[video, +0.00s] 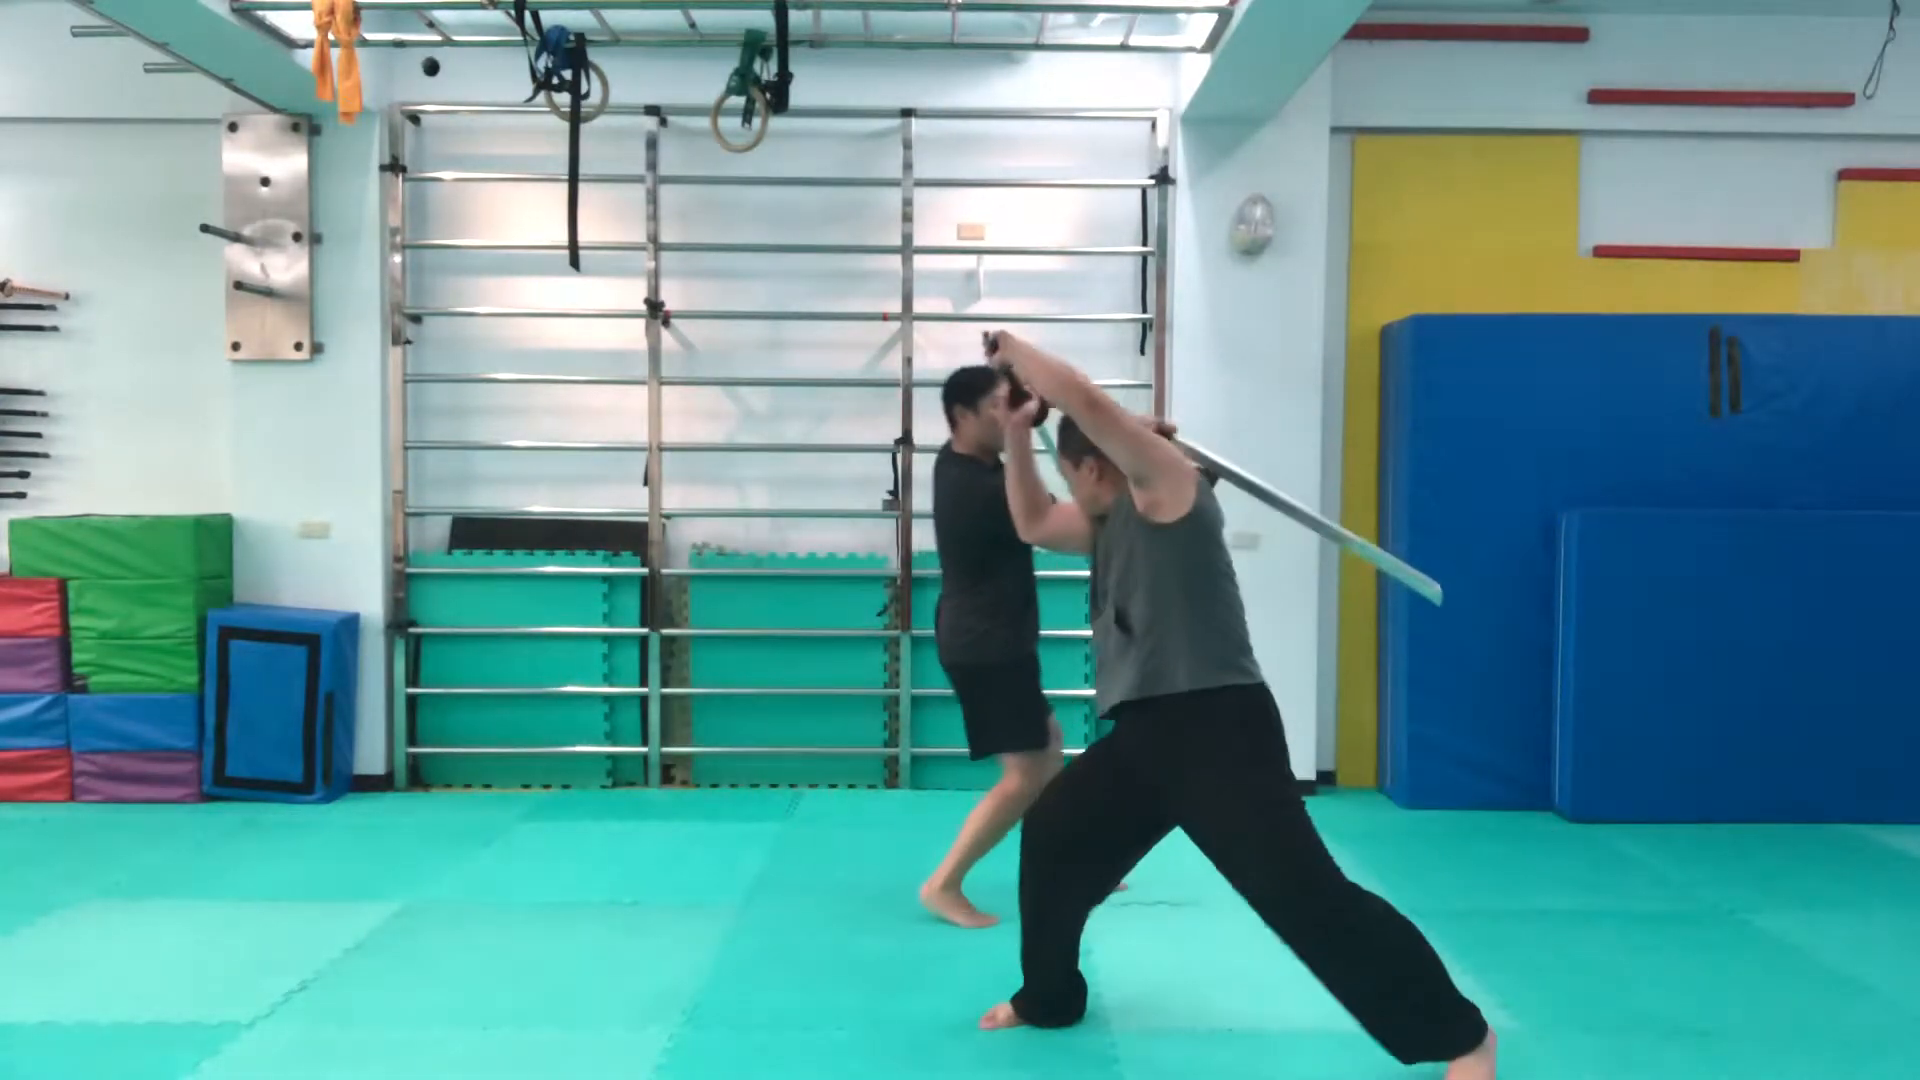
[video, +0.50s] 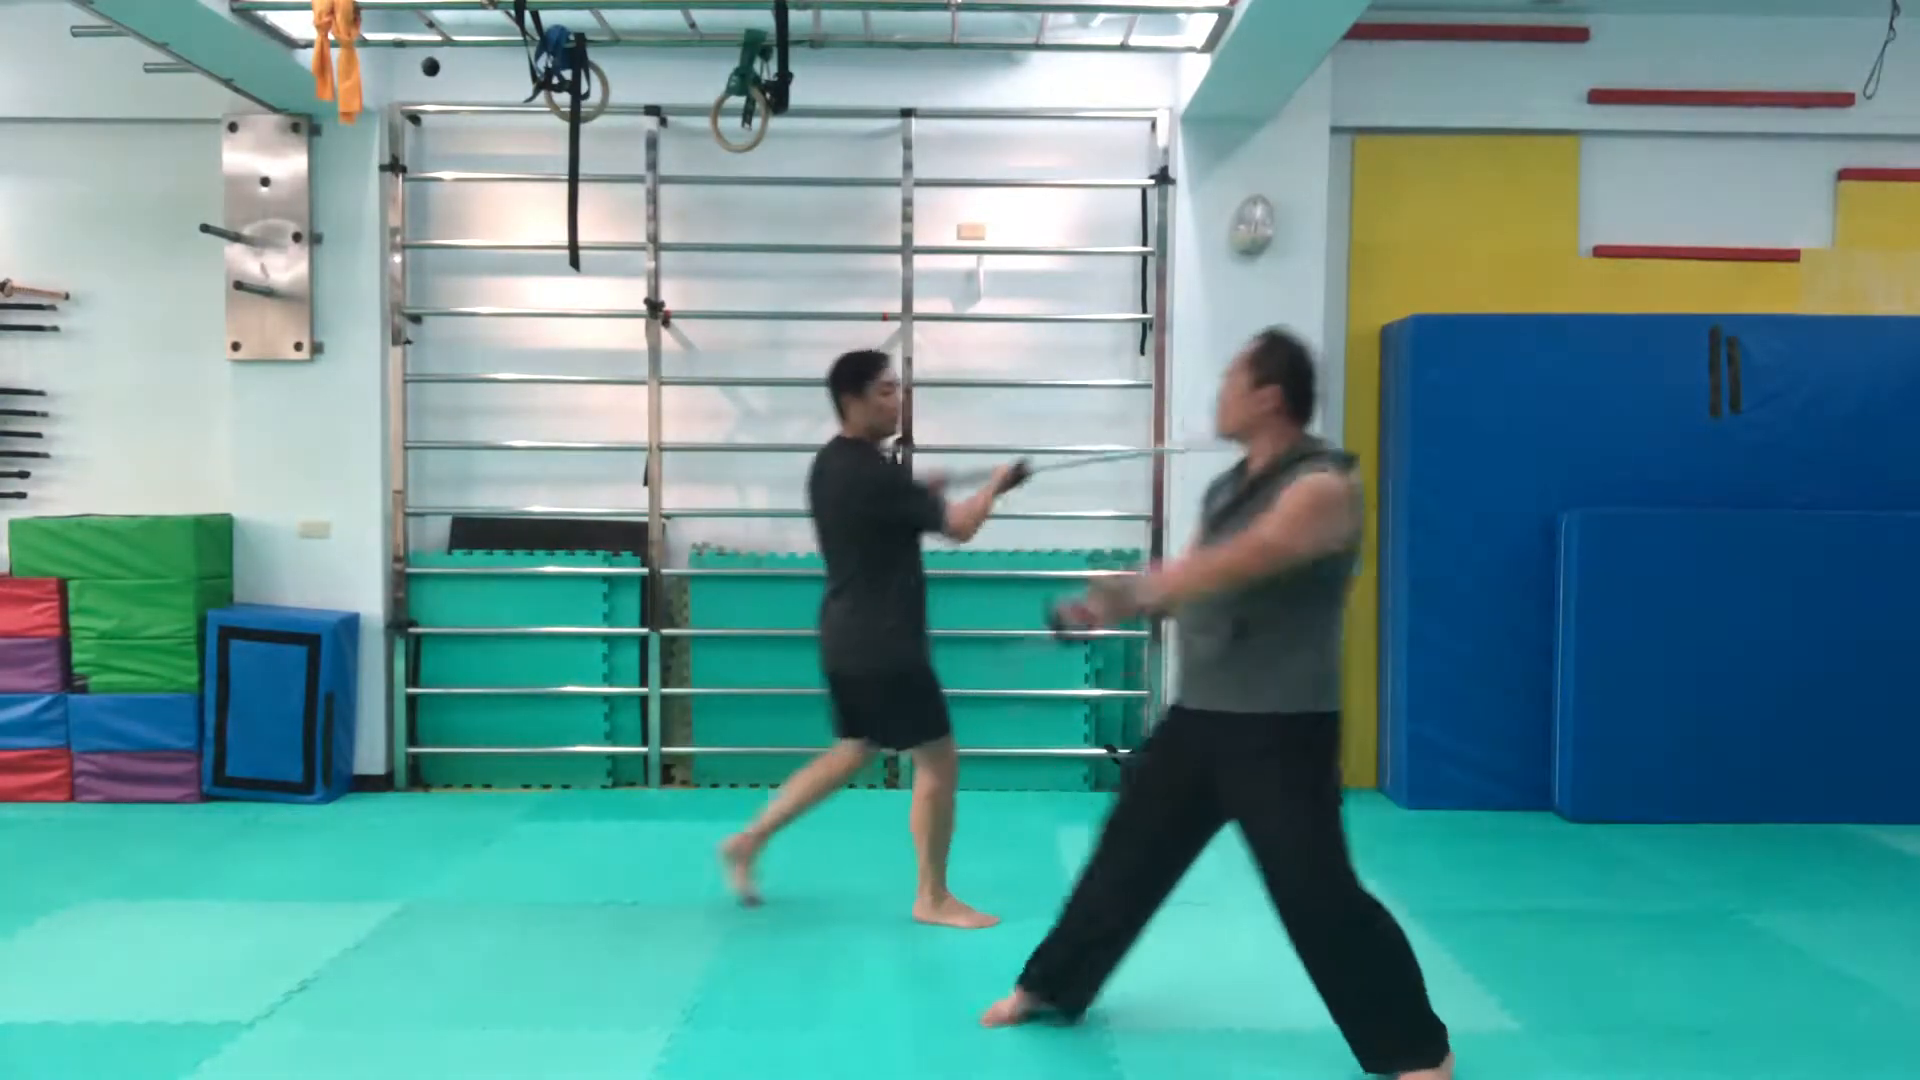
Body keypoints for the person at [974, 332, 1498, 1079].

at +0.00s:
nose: (1069, 485)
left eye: (1072, 472)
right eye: (1068, 474)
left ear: (1101, 464)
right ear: (1102, 467)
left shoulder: (1165, 486)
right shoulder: (1104, 523)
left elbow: (1081, 396)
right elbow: (1036, 520)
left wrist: (1010, 346)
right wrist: (1016, 434)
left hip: (1218, 726)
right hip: (1144, 734)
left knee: (1305, 896)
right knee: (1053, 834)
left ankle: (1462, 1036)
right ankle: (1049, 999)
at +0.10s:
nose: (1061, 478)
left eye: (1065, 465)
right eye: (1059, 467)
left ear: (1098, 456)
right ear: (1088, 461)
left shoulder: (1159, 486)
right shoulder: (1098, 521)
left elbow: (1071, 401)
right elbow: (1028, 521)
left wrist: (1001, 349)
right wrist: (1007, 437)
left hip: (1214, 728)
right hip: (1138, 735)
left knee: (1307, 894)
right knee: (1048, 834)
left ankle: (1460, 1034)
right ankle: (1047, 1001)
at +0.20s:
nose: (1060, 462)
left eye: (1070, 446)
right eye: (1063, 449)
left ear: (1107, 437)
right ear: (1112, 442)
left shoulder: (1175, 475)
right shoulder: (1102, 515)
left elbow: (1081, 414)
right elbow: (1033, 533)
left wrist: (1001, 369)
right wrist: (1003, 451)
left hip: (1212, 720)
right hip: (1137, 730)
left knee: (1292, 894)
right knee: (1048, 841)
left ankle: (1446, 1023)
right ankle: (1047, 1001)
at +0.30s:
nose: (1110, 431)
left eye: (1121, 419)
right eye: (1109, 420)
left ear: (1158, 421)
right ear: (1140, 427)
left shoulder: (1216, 473)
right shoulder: (1132, 510)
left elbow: (1109, 447)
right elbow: (1078, 566)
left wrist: (1014, 419)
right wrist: (1018, 494)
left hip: (1219, 724)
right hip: (1138, 728)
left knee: (1283, 891)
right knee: (1049, 838)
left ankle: (1418, 1028)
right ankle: (1047, 999)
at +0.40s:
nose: (1167, 413)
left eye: (1177, 401)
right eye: (1171, 401)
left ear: (1214, 411)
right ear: (1213, 413)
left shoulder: (1267, 483)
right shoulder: (1183, 500)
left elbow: (1164, 507)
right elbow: (1136, 589)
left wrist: (1063, 510)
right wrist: (1062, 554)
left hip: (1235, 732)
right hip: (1154, 728)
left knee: (1285, 902)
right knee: (1073, 853)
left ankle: (1414, 1038)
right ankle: (1047, 1000)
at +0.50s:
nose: (1220, 395)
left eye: (1232, 383)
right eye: (1226, 382)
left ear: (1270, 396)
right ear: (1267, 398)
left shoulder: (1323, 486)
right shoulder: (1230, 492)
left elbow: (1248, 561)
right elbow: (1197, 578)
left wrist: (1141, 592)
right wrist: (1112, 605)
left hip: (1283, 729)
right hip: (1203, 723)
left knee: (1320, 900)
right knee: (1128, 858)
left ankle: (1416, 1051)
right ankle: (1050, 989)